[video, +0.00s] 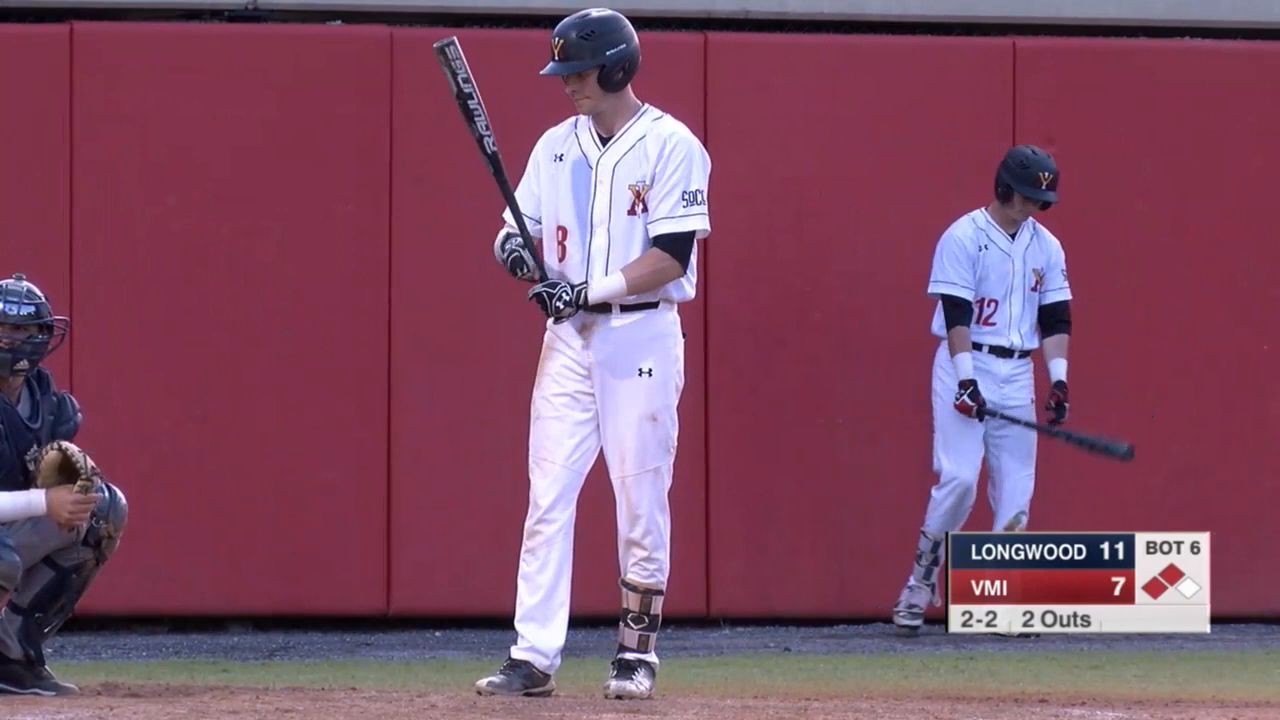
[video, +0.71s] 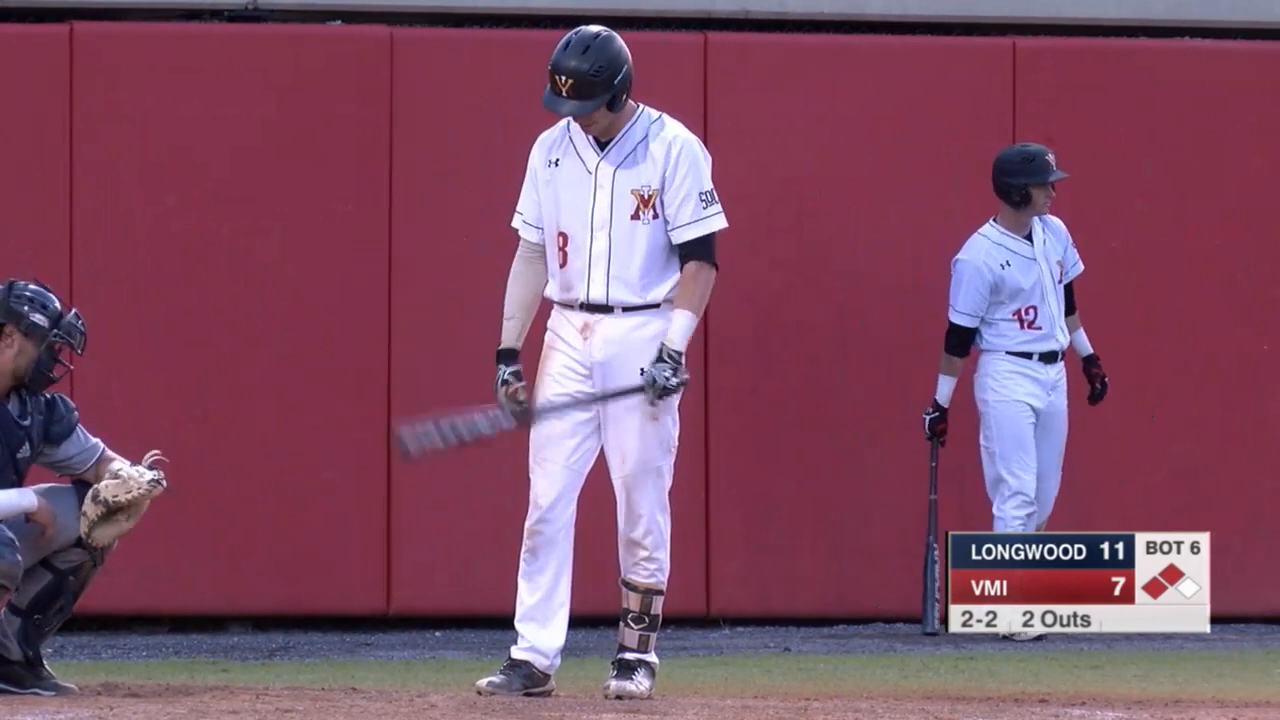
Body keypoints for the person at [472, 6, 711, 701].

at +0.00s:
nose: (565, 84)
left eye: (576, 73)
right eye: (563, 73)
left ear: (613, 70)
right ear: (575, 73)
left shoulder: (675, 146)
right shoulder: (555, 145)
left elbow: (671, 258)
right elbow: (513, 228)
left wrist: (591, 291)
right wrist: (515, 250)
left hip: (642, 338)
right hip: (566, 339)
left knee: (639, 495)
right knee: (548, 497)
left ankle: (636, 653)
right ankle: (534, 657)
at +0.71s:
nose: (574, 118)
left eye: (584, 106)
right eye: (568, 105)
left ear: (619, 93)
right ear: (563, 92)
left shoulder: (675, 147)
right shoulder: (550, 148)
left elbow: (700, 260)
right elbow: (531, 255)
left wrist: (672, 347)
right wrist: (508, 350)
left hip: (643, 340)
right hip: (567, 339)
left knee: (640, 501)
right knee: (546, 504)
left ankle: (635, 655)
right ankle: (533, 658)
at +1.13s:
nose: (568, 127)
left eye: (577, 116)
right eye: (559, 116)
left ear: (608, 99)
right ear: (552, 103)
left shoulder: (672, 148)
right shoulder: (542, 148)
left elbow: (742, 230)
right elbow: (528, 248)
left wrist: (809, 297)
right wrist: (502, 337)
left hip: (639, 339)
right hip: (563, 339)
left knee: (638, 491)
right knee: (545, 498)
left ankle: (635, 653)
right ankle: (533, 656)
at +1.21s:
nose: (564, 127)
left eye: (575, 115)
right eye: (556, 115)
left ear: (607, 100)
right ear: (549, 102)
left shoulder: (672, 147)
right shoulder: (541, 147)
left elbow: (744, 227)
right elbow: (528, 250)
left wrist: (813, 289)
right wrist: (505, 339)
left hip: (639, 339)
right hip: (563, 339)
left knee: (638, 491)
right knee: (545, 498)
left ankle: (635, 652)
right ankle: (532, 657)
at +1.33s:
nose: (565, 129)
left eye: (574, 118)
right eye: (557, 117)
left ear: (604, 101)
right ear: (552, 104)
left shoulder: (671, 147)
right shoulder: (541, 148)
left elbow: (739, 234)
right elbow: (529, 252)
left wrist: (803, 302)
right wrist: (507, 339)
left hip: (639, 339)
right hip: (563, 339)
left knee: (638, 493)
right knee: (545, 498)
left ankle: (635, 654)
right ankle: (533, 657)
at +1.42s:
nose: (565, 131)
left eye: (572, 120)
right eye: (557, 120)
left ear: (604, 101)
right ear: (550, 106)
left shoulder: (671, 149)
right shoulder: (543, 148)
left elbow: (726, 247)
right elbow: (529, 250)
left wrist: (780, 325)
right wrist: (508, 339)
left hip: (640, 340)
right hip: (563, 339)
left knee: (638, 490)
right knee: (545, 498)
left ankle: (635, 653)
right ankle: (532, 658)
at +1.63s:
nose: (569, 128)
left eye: (576, 117)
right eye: (562, 118)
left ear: (608, 98)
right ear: (555, 103)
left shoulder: (672, 148)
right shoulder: (548, 146)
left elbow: (690, 260)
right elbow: (528, 252)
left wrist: (696, 360)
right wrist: (507, 340)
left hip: (646, 340)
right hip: (567, 339)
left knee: (639, 495)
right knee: (547, 497)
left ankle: (635, 653)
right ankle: (534, 655)